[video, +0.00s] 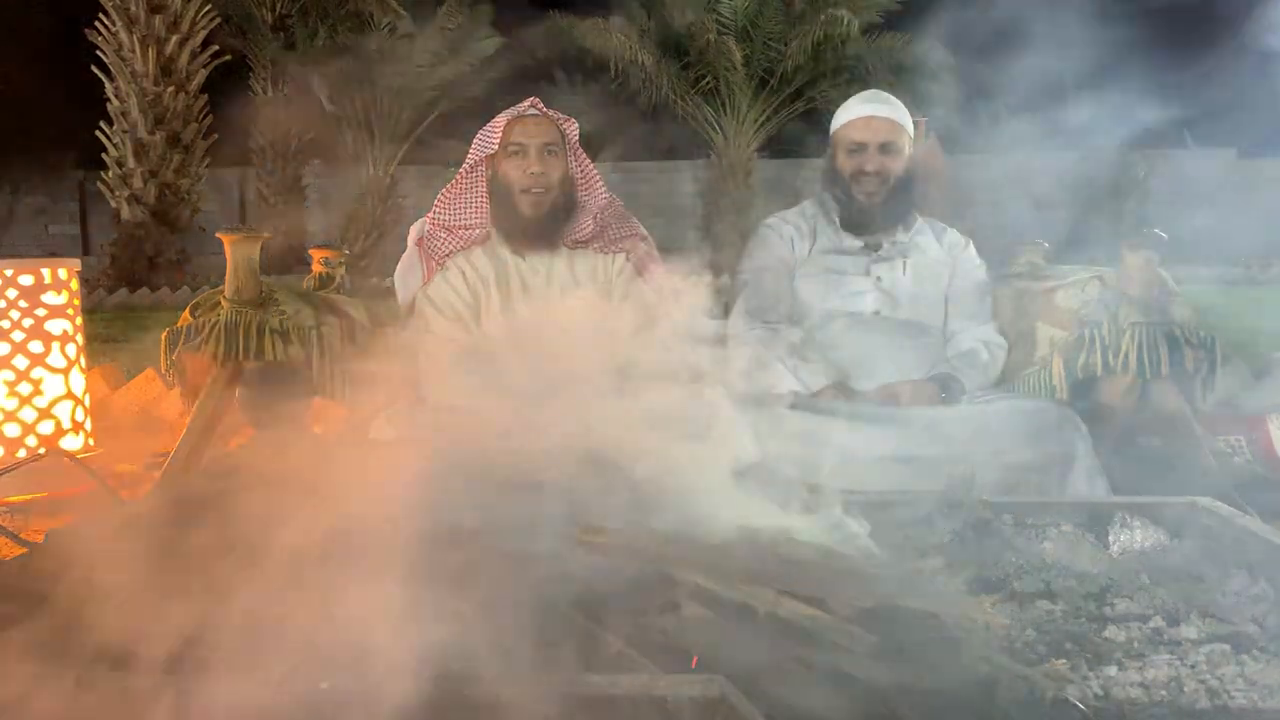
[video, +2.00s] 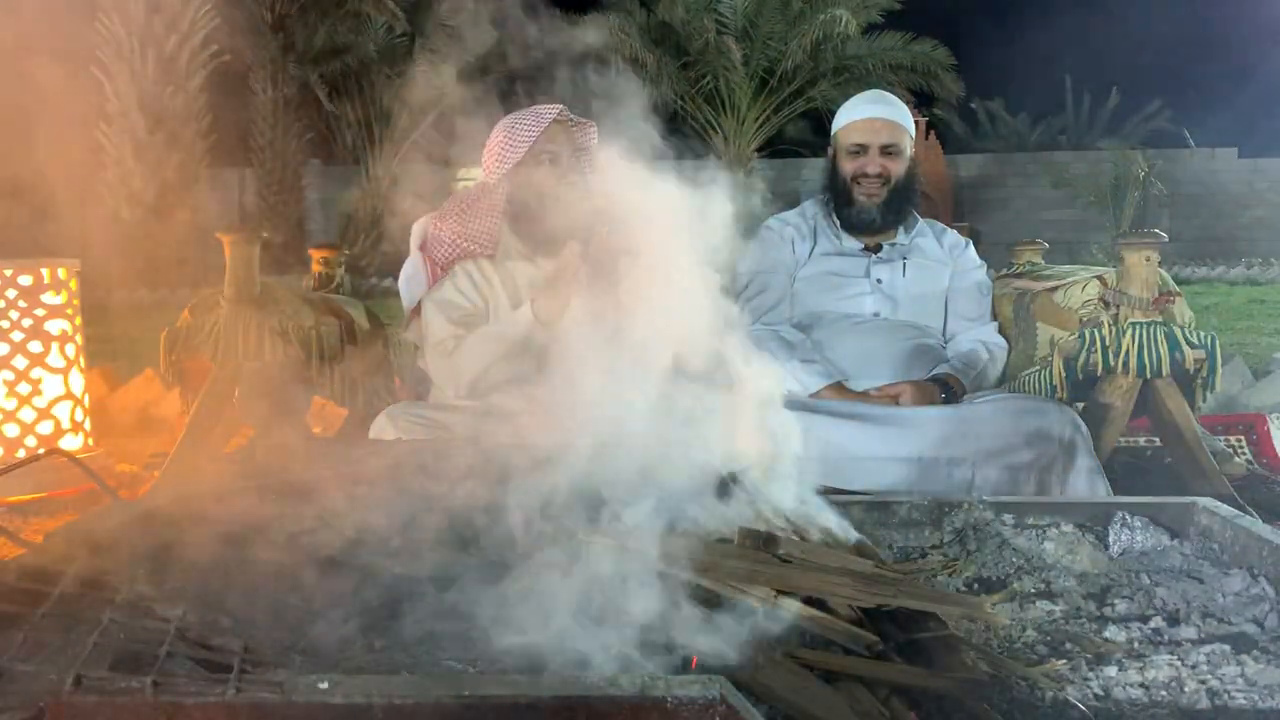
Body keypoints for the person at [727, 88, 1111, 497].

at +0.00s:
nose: (870, 165)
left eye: (887, 151)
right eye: (856, 150)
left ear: (910, 159)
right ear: (832, 156)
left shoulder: (951, 248)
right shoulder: (785, 236)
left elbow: (982, 347)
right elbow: (751, 345)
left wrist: (936, 389)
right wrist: (821, 395)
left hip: (932, 422)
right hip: (823, 421)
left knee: (1052, 424)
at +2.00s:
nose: (871, 168)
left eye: (888, 153)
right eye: (857, 152)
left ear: (911, 162)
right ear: (833, 157)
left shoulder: (951, 248)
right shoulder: (785, 236)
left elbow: (981, 344)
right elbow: (757, 333)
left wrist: (939, 389)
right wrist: (836, 396)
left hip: (935, 420)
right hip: (823, 417)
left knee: (1055, 426)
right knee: (762, 434)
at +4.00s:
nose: (841, 168)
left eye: (859, 156)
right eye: (837, 152)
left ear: (900, 167)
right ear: (823, 155)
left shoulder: (952, 251)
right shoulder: (779, 239)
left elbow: (981, 342)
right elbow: (745, 346)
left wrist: (939, 386)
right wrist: (820, 390)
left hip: (930, 423)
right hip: (818, 421)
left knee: (1053, 426)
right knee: (746, 418)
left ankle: (1084, 579)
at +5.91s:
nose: (847, 174)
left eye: (867, 159)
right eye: (838, 157)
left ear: (905, 164)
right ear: (826, 159)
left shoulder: (951, 246)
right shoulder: (784, 233)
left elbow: (981, 342)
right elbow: (756, 331)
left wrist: (939, 388)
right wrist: (838, 396)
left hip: (933, 419)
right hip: (817, 415)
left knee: (1054, 425)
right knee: (744, 428)